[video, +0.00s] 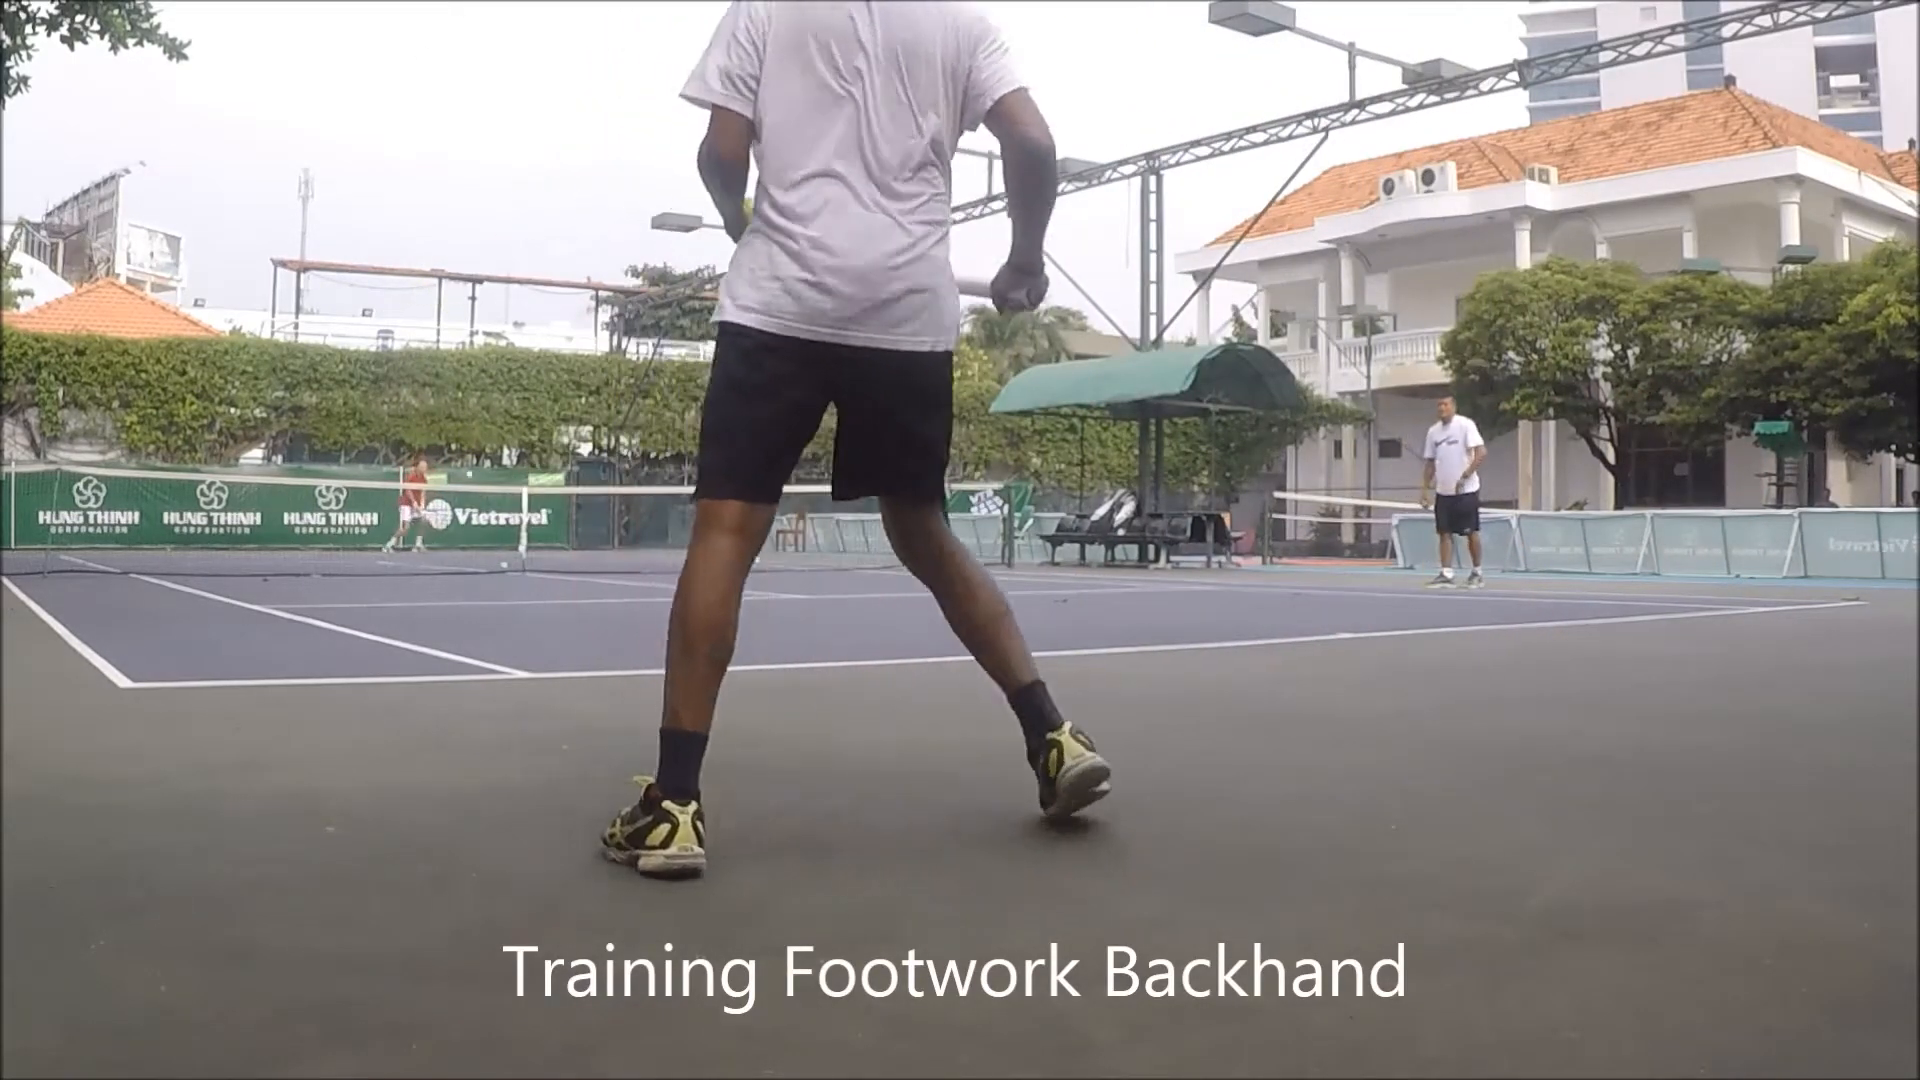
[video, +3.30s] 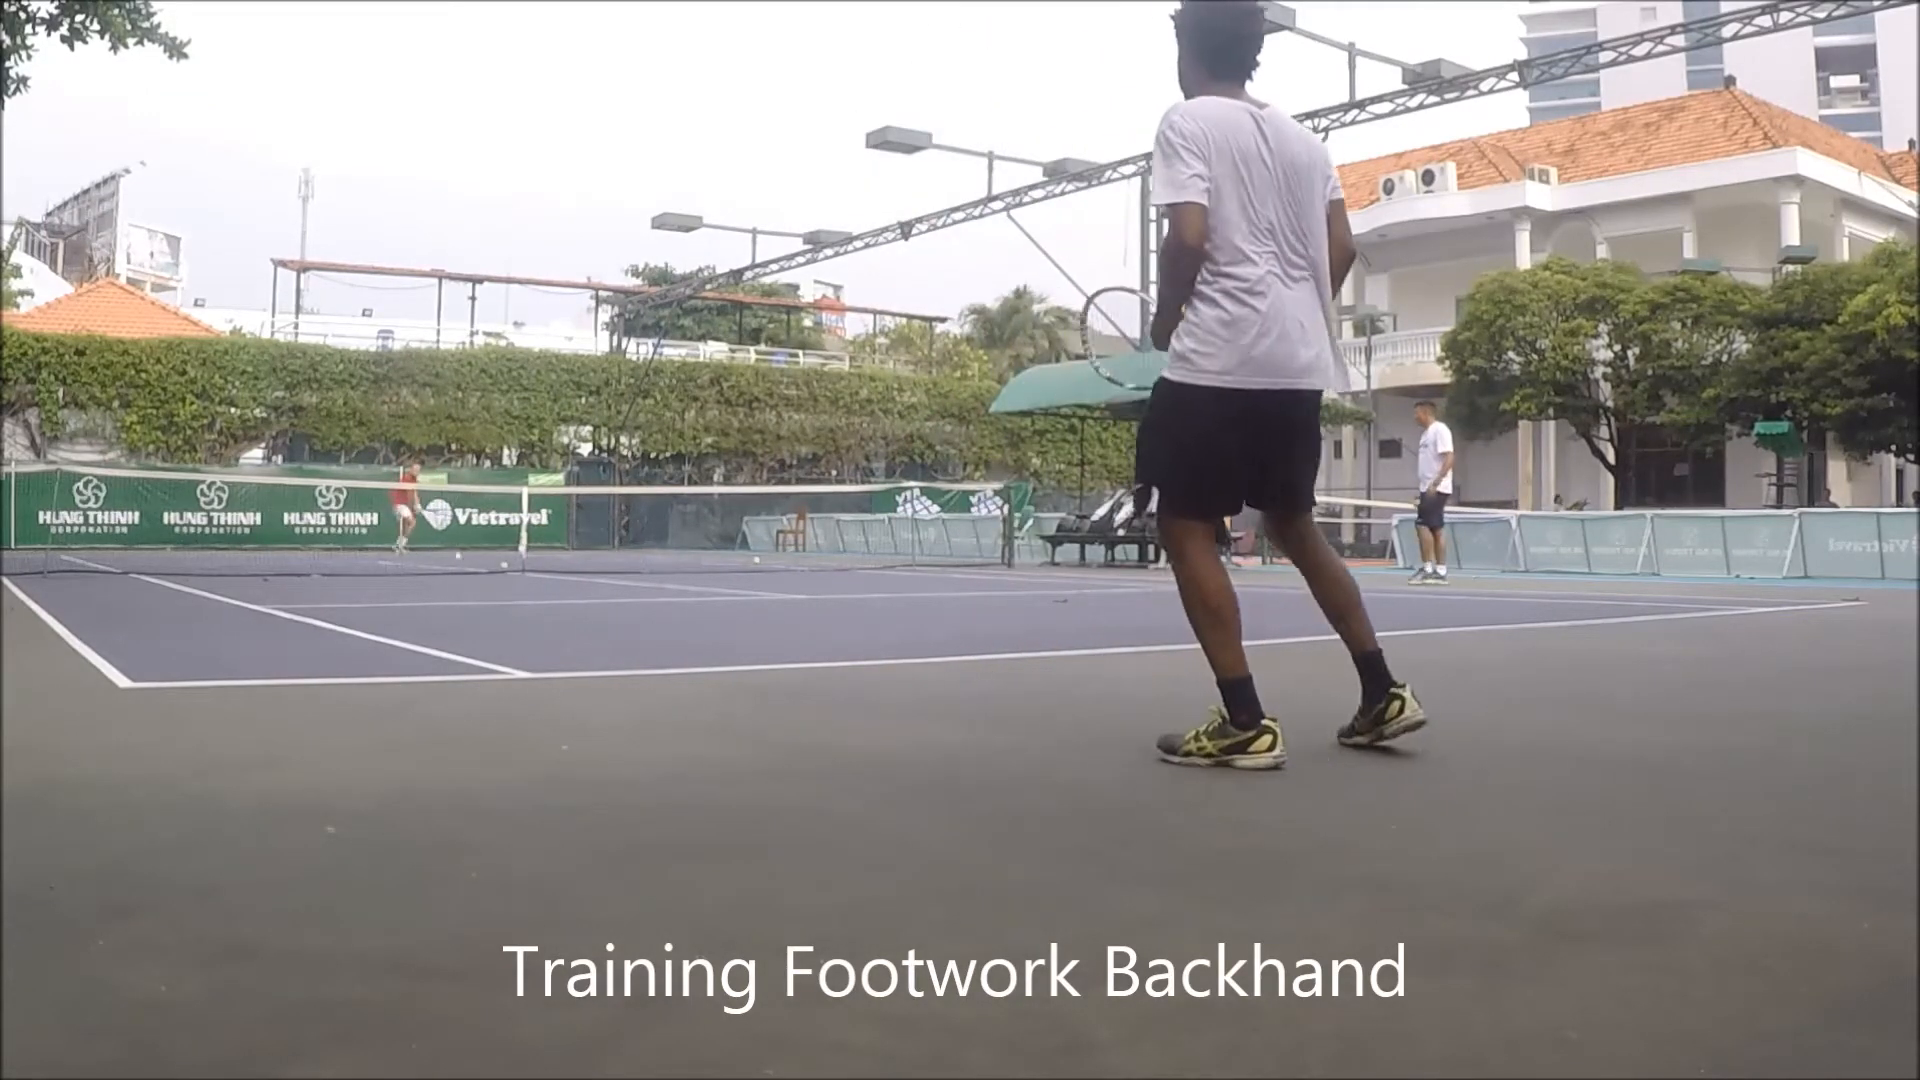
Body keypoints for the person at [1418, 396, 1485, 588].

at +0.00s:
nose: (1442, 408)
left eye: (1445, 404)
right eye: (1439, 405)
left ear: (1453, 406)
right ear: (1437, 408)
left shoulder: (1466, 425)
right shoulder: (1433, 431)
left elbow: (1480, 452)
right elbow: (1429, 463)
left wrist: (1464, 476)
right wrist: (1425, 488)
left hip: (1466, 489)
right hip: (1443, 490)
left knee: (1471, 532)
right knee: (1443, 532)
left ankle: (1476, 571)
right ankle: (1446, 572)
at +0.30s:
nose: (1447, 410)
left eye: (1450, 406)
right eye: (1447, 406)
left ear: (1461, 407)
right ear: (1452, 409)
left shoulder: (1478, 426)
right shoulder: (1447, 427)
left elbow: (1502, 445)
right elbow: (1442, 454)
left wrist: (1494, 470)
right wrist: (1440, 481)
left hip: (1475, 488)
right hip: (1452, 488)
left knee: (1480, 533)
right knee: (1452, 532)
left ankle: (1478, 572)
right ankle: (1447, 572)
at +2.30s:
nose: (1463, 414)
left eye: (1466, 410)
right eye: (1460, 411)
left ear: (1475, 411)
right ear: (1457, 413)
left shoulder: (1486, 429)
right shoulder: (1450, 429)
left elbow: (1508, 450)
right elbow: (1438, 448)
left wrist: (1493, 471)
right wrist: (1440, 470)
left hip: (1477, 487)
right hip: (1453, 487)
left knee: (1480, 533)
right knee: (1449, 530)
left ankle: (1477, 570)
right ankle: (1450, 569)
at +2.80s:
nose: (1434, 414)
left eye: (1436, 411)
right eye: (1433, 412)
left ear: (1447, 410)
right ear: (1437, 413)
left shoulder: (1461, 428)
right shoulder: (1437, 431)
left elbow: (1484, 449)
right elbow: (1439, 455)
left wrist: (1475, 474)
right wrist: (1438, 475)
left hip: (1460, 487)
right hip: (1441, 488)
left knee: (1469, 530)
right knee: (1443, 531)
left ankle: (1476, 570)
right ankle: (1440, 570)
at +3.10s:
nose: (1421, 417)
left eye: (1423, 413)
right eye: (1421, 414)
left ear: (1432, 413)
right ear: (1428, 414)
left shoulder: (1447, 429)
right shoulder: (1429, 433)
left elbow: (1459, 456)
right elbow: (1433, 459)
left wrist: (1449, 481)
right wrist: (1429, 480)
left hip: (1444, 486)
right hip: (1431, 487)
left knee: (1443, 527)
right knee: (1437, 529)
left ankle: (1460, 564)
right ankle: (1440, 569)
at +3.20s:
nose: (1419, 417)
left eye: (1420, 413)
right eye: (1419, 414)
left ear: (1429, 412)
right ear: (1426, 413)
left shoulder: (1444, 429)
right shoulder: (1428, 433)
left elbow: (1454, 457)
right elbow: (1432, 459)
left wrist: (1440, 482)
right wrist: (1427, 482)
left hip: (1440, 487)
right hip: (1429, 487)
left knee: (1432, 525)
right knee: (1434, 528)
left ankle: (1445, 566)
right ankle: (1438, 568)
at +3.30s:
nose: (1415, 417)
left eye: (1417, 413)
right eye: (1415, 414)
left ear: (1426, 413)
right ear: (1424, 413)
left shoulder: (1440, 429)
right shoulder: (1426, 434)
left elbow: (1449, 457)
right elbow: (1429, 463)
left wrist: (1434, 484)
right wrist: (1422, 489)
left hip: (1437, 487)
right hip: (1428, 487)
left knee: (1422, 525)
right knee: (1437, 529)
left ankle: (1427, 568)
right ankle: (1440, 570)